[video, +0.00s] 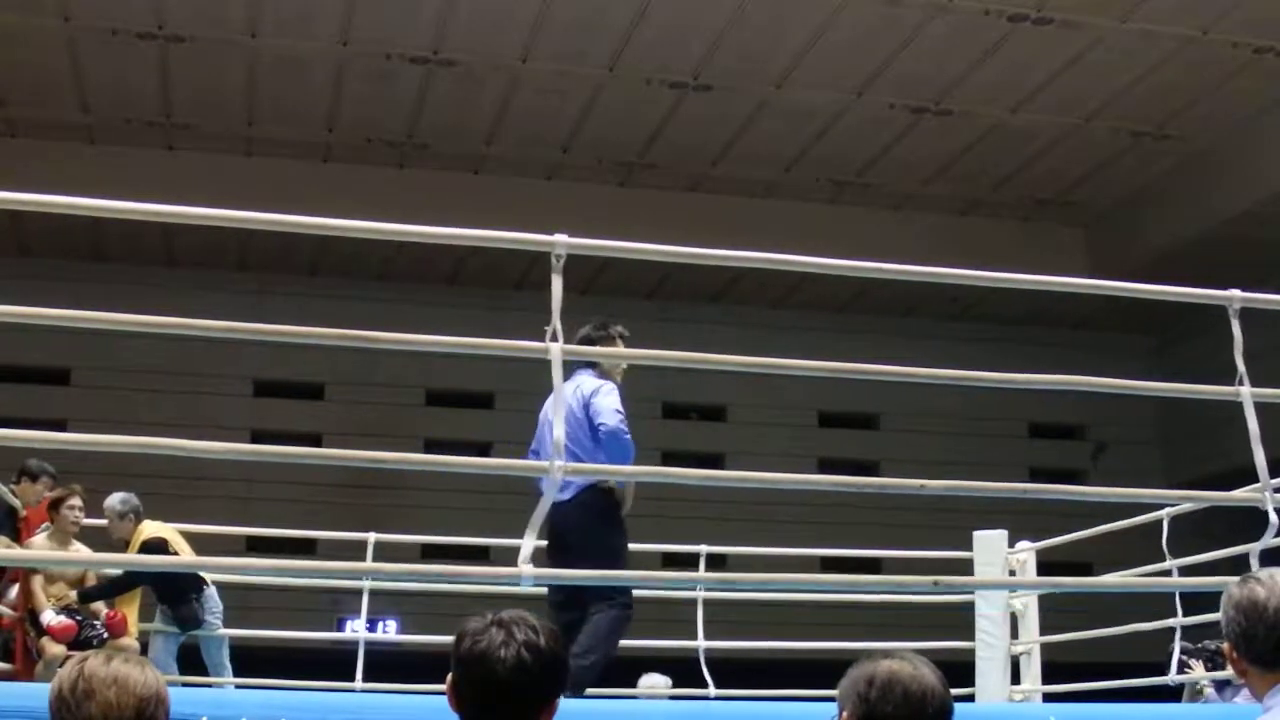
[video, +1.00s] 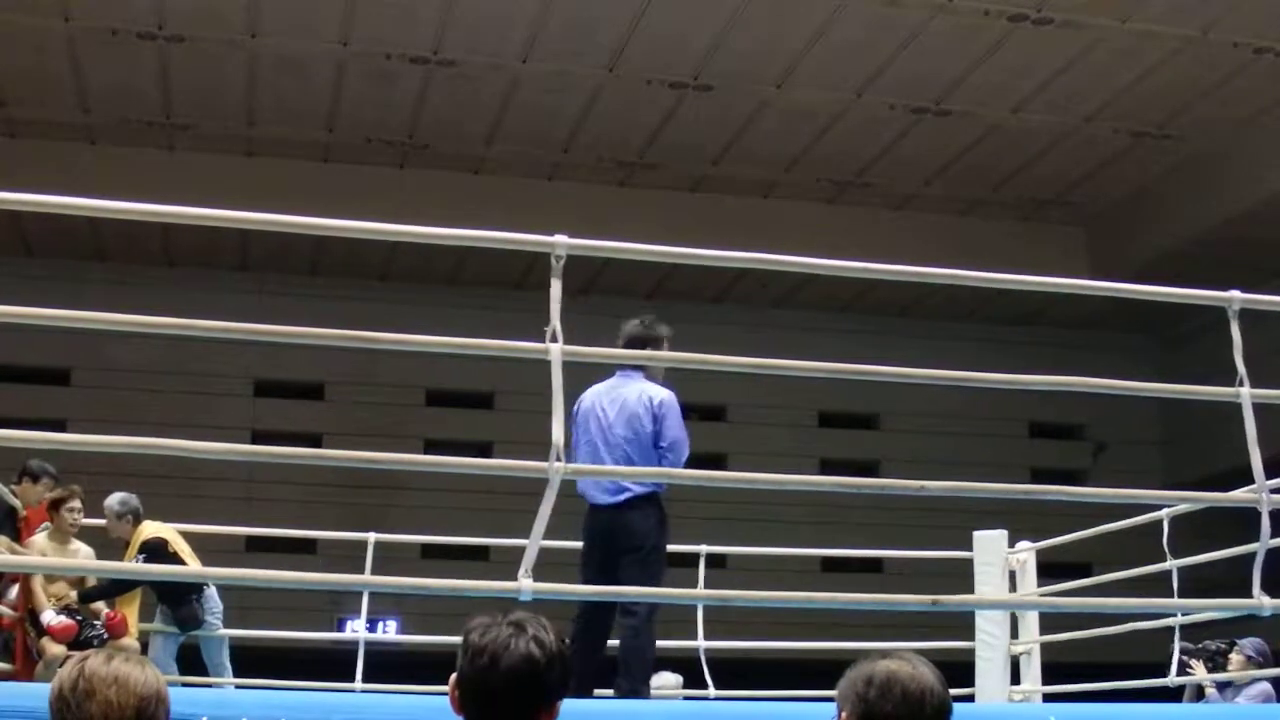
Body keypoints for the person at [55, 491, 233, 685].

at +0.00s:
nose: (107, 525)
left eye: (111, 520)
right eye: (107, 520)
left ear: (130, 520)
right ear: (129, 520)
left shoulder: (154, 542)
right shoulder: (138, 539)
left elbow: (126, 584)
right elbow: (127, 582)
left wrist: (79, 596)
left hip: (201, 600)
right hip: (169, 603)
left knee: (218, 665)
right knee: (160, 660)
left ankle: (229, 713)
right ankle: (173, 710)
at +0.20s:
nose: (106, 526)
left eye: (110, 520)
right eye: (106, 520)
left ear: (129, 520)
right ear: (129, 520)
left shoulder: (154, 542)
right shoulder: (137, 540)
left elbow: (124, 584)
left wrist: (79, 596)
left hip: (201, 601)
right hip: (171, 603)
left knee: (217, 664)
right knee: (160, 660)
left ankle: (230, 712)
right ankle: (176, 709)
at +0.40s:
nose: (106, 525)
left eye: (109, 519)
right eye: (106, 519)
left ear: (127, 520)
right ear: (125, 521)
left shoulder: (153, 542)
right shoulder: (134, 540)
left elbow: (125, 583)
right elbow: (121, 580)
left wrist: (80, 596)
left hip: (202, 600)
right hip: (170, 603)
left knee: (218, 665)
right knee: (160, 660)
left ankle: (229, 711)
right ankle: (177, 709)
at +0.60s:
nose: (105, 524)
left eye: (109, 519)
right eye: (106, 518)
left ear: (127, 521)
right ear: (127, 521)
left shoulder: (154, 542)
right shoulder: (136, 540)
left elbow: (125, 584)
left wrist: (79, 596)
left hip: (202, 601)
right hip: (170, 603)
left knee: (218, 666)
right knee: (160, 660)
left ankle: (229, 711)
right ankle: (177, 709)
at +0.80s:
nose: (106, 525)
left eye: (109, 519)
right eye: (106, 519)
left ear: (127, 521)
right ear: (127, 520)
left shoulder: (154, 542)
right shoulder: (138, 538)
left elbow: (126, 583)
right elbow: (124, 582)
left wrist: (79, 596)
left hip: (202, 600)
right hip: (171, 603)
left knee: (218, 666)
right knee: (160, 660)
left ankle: (229, 712)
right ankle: (176, 709)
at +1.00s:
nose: (106, 524)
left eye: (109, 518)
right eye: (106, 518)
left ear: (127, 520)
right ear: (126, 520)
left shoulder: (154, 541)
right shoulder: (137, 539)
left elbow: (125, 583)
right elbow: (121, 580)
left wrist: (80, 596)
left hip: (201, 600)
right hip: (171, 603)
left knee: (218, 666)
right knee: (160, 660)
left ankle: (229, 711)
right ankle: (176, 709)